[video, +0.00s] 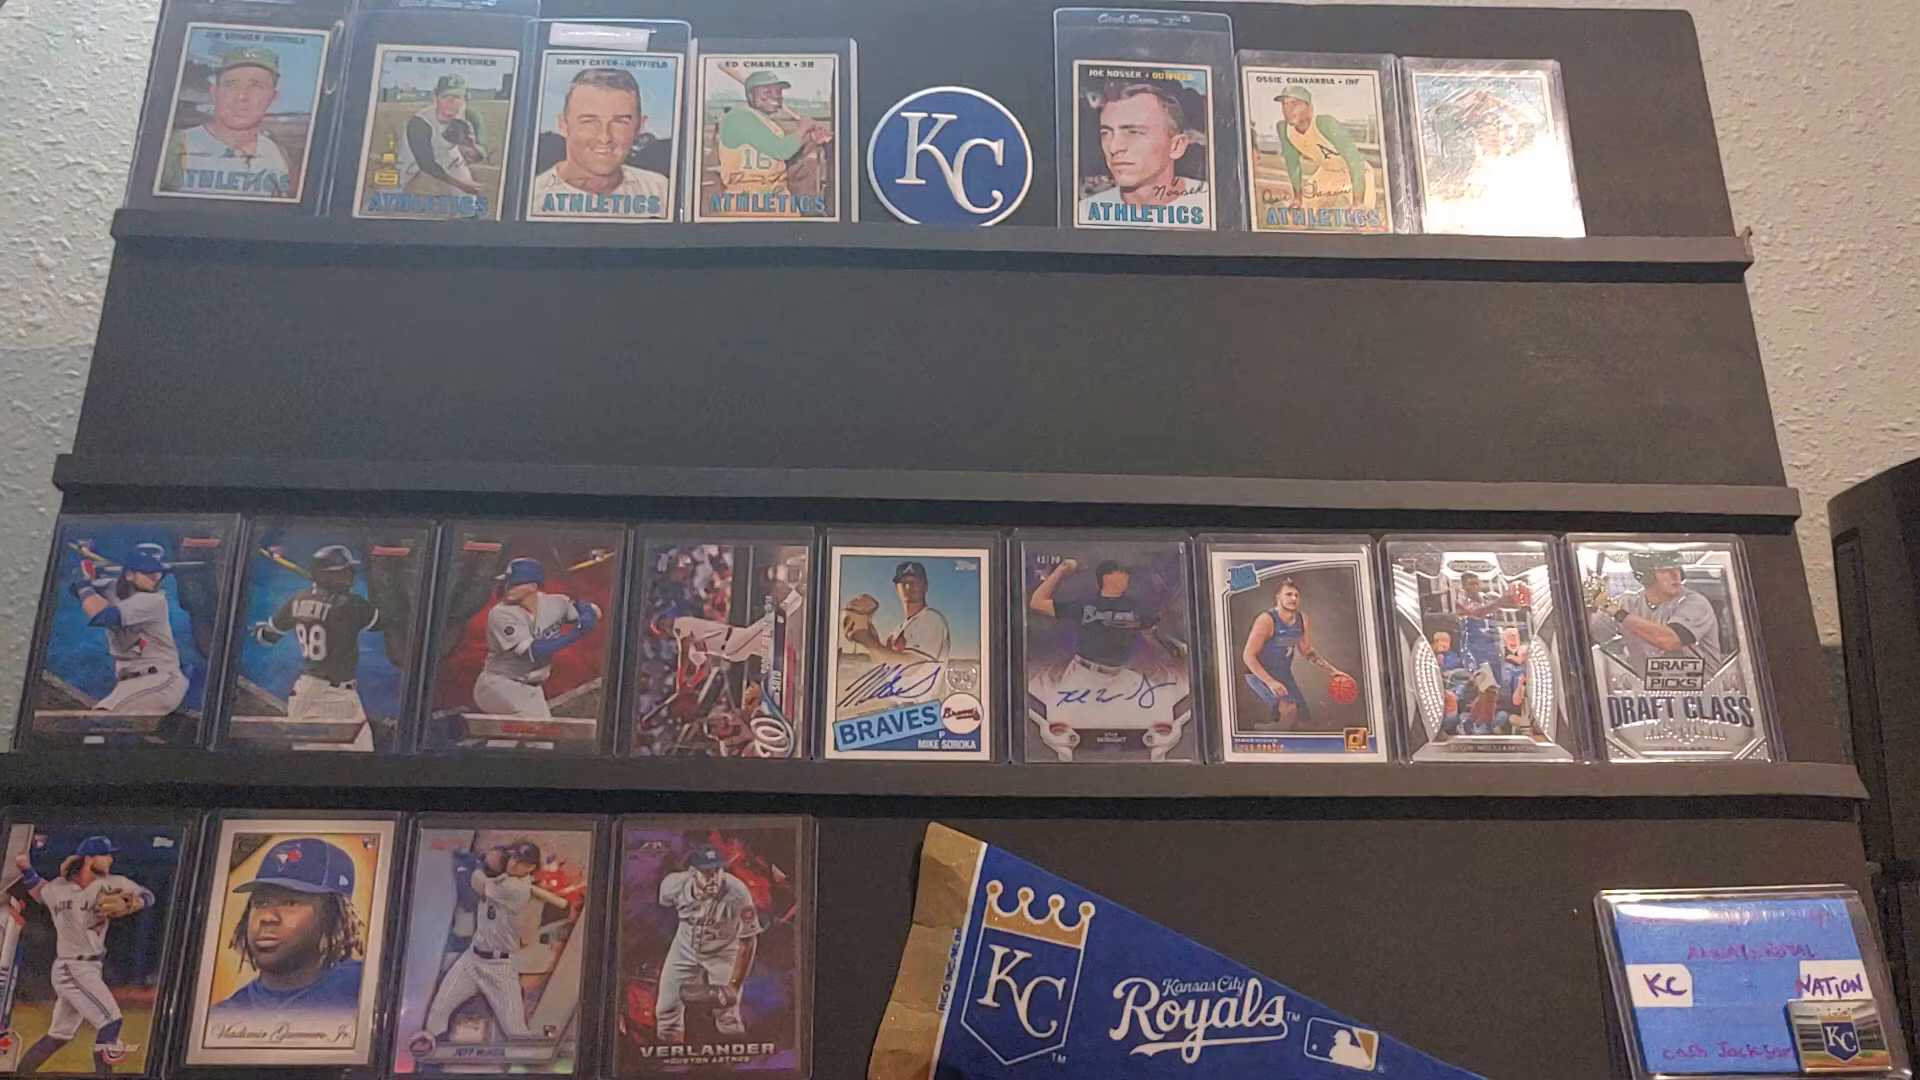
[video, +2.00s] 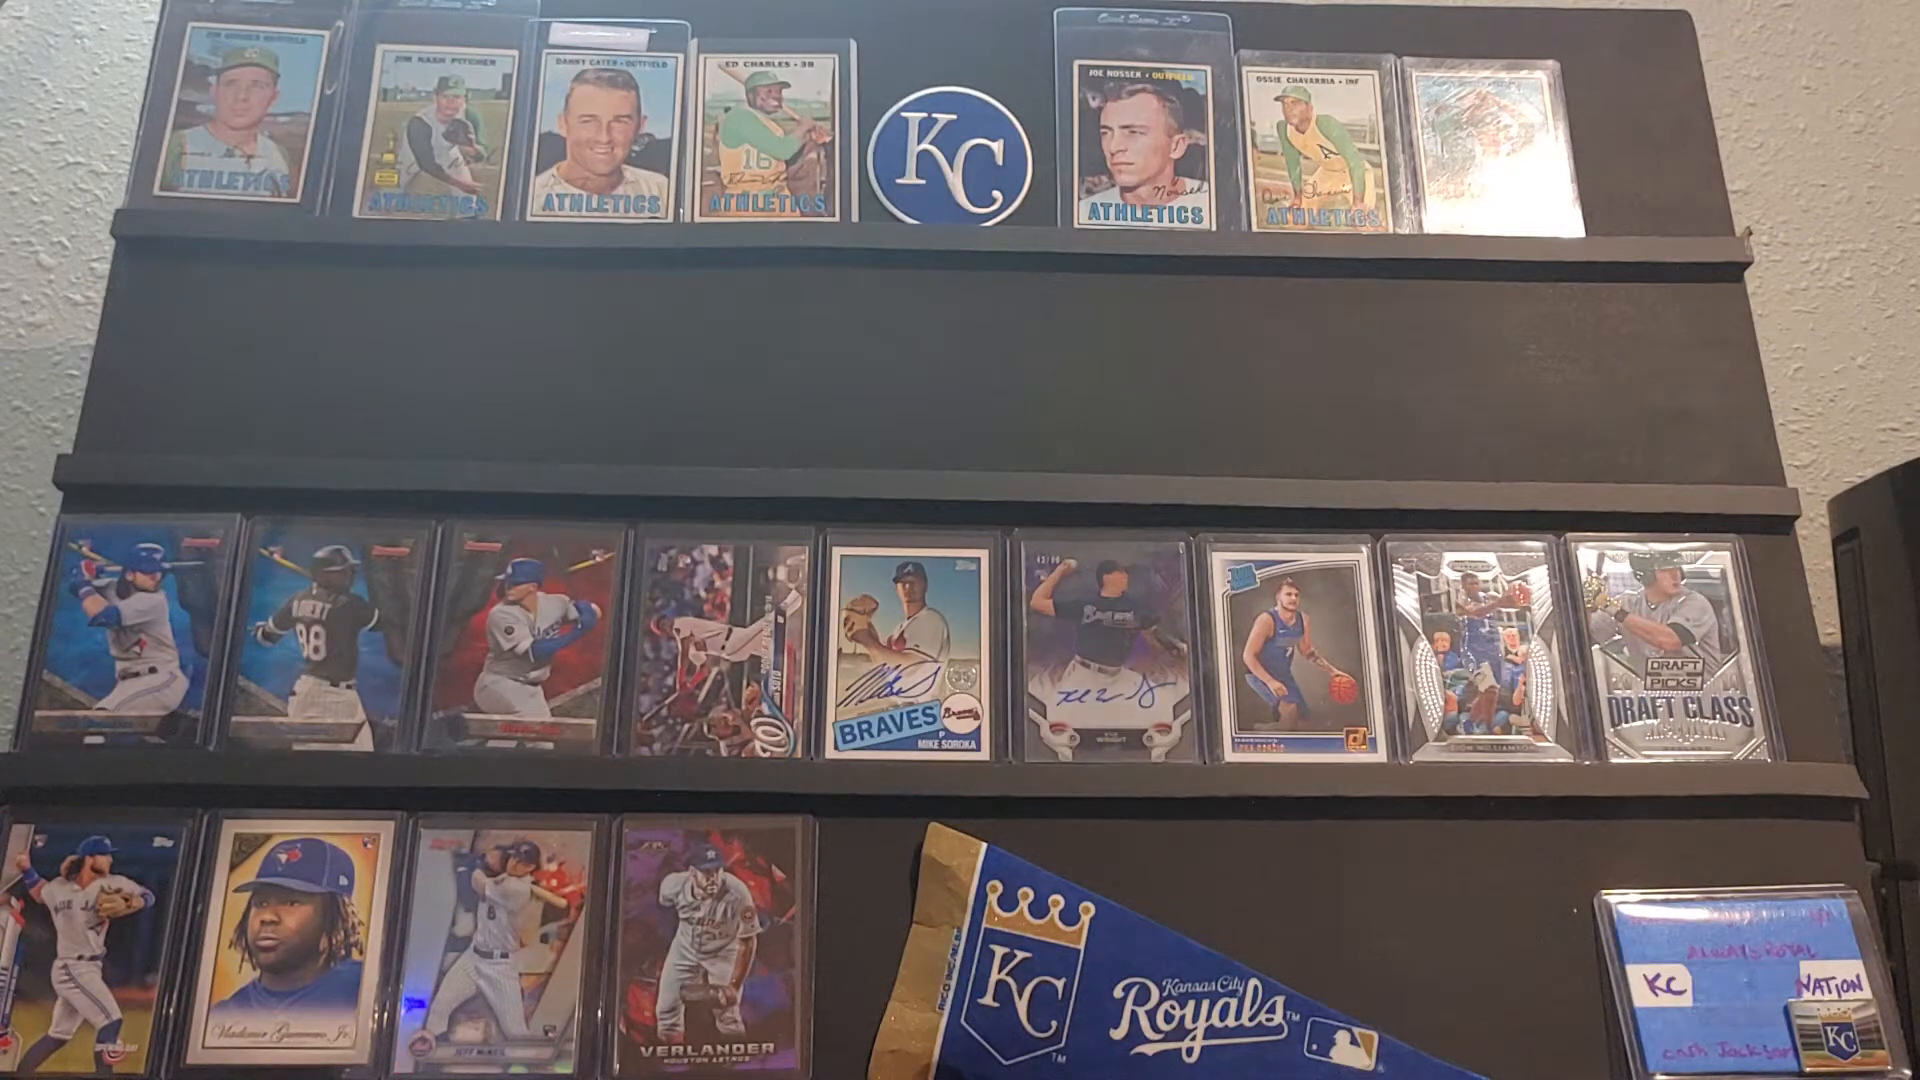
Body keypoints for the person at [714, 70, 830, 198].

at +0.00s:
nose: (776, 97)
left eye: (779, 92)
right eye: (767, 92)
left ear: (782, 93)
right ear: (751, 96)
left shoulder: (770, 124)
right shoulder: (740, 118)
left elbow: (786, 161)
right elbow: (782, 151)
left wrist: (810, 142)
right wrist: (802, 130)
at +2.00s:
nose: (777, 97)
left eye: (779, 92)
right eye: (770, 91)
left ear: (782, 93)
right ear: (752, 95)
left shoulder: (774, 127)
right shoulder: (738, 117)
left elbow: (784, 170)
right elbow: (783, 151)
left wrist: (811, 144)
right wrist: (803, 128)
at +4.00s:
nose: (777, 98)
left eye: (779, 92)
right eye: (770, 92)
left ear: (782, 93)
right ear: (753, 94)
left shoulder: (775, 128)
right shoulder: (738, 117)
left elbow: (784, 172)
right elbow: (781, 151)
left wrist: (811, 143)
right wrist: (803, 128)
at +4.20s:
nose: (777, 97)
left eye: (778, 91)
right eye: (769, 91)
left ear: (782, 93)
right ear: (752, 95)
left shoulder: (773, 126)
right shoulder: (740, 118)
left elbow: (786, 167)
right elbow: (783, 151)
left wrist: (811, 143)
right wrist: (803, 128)